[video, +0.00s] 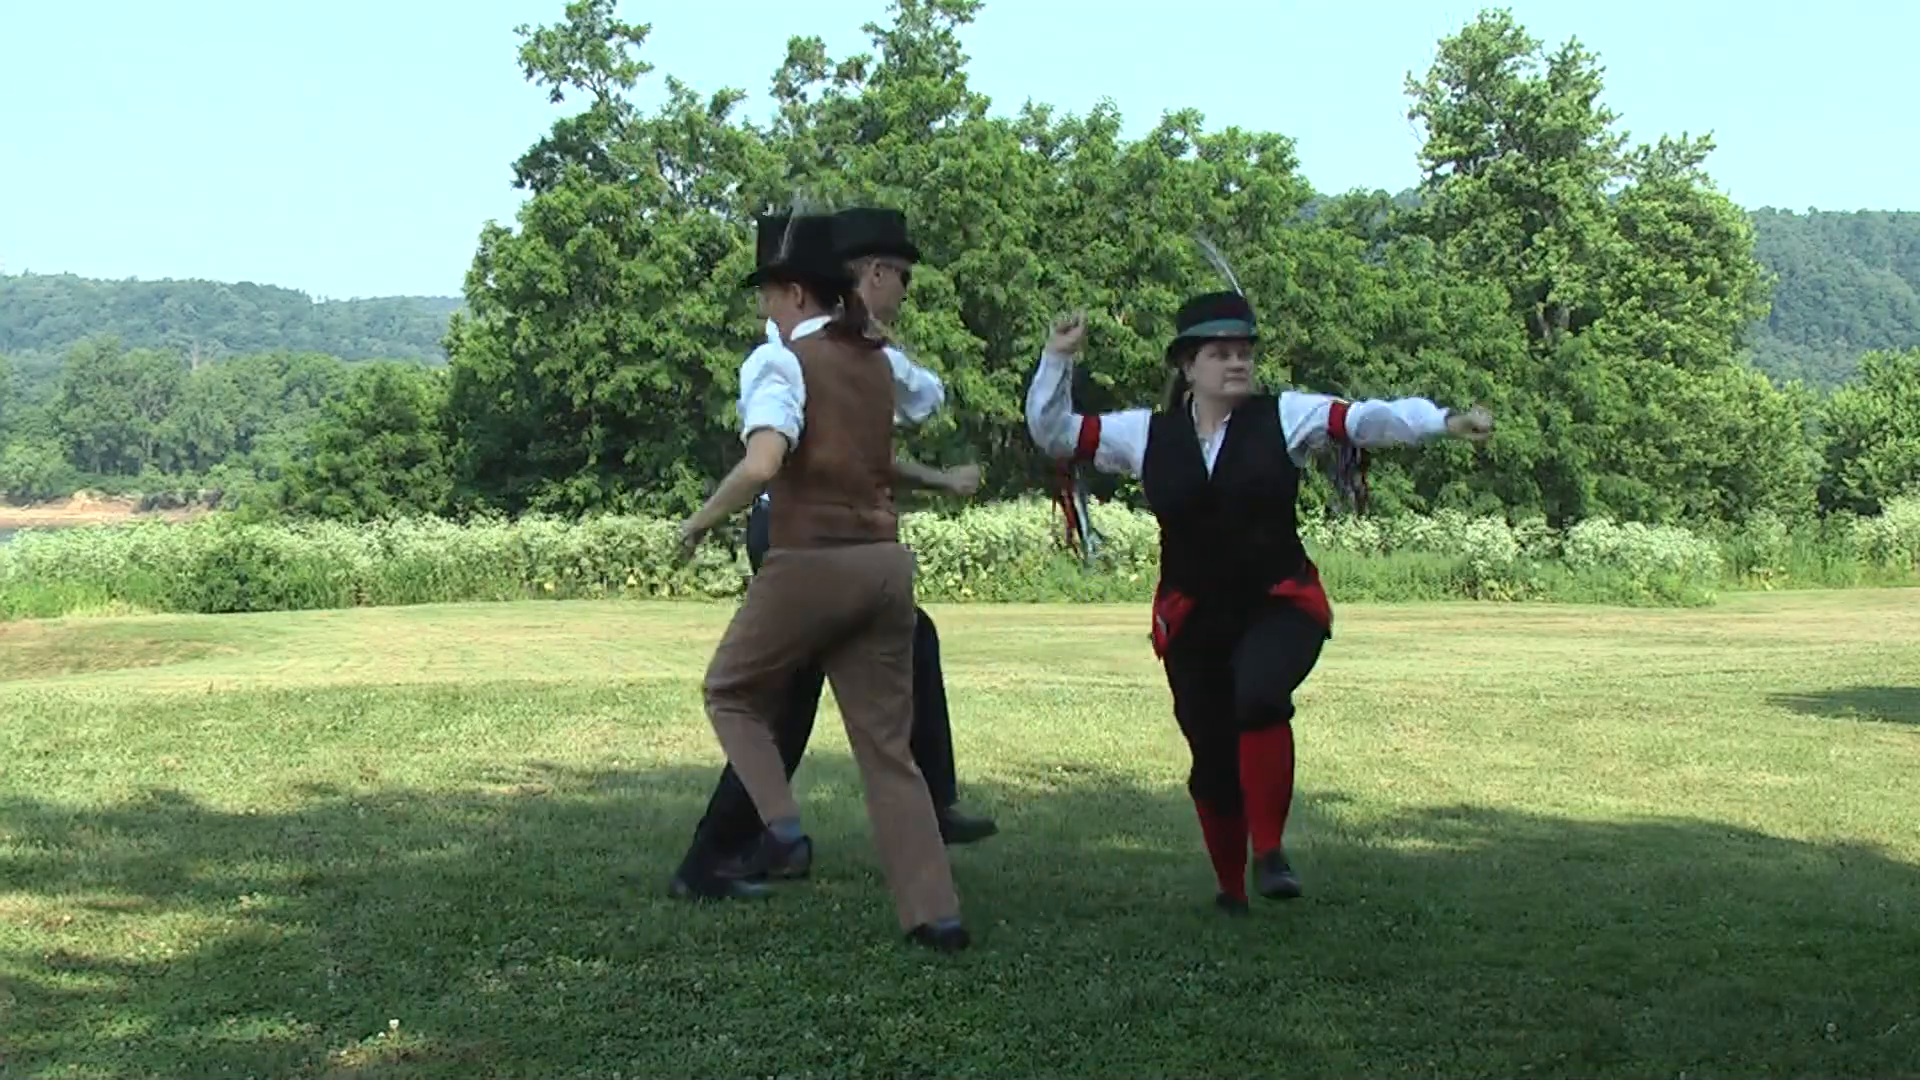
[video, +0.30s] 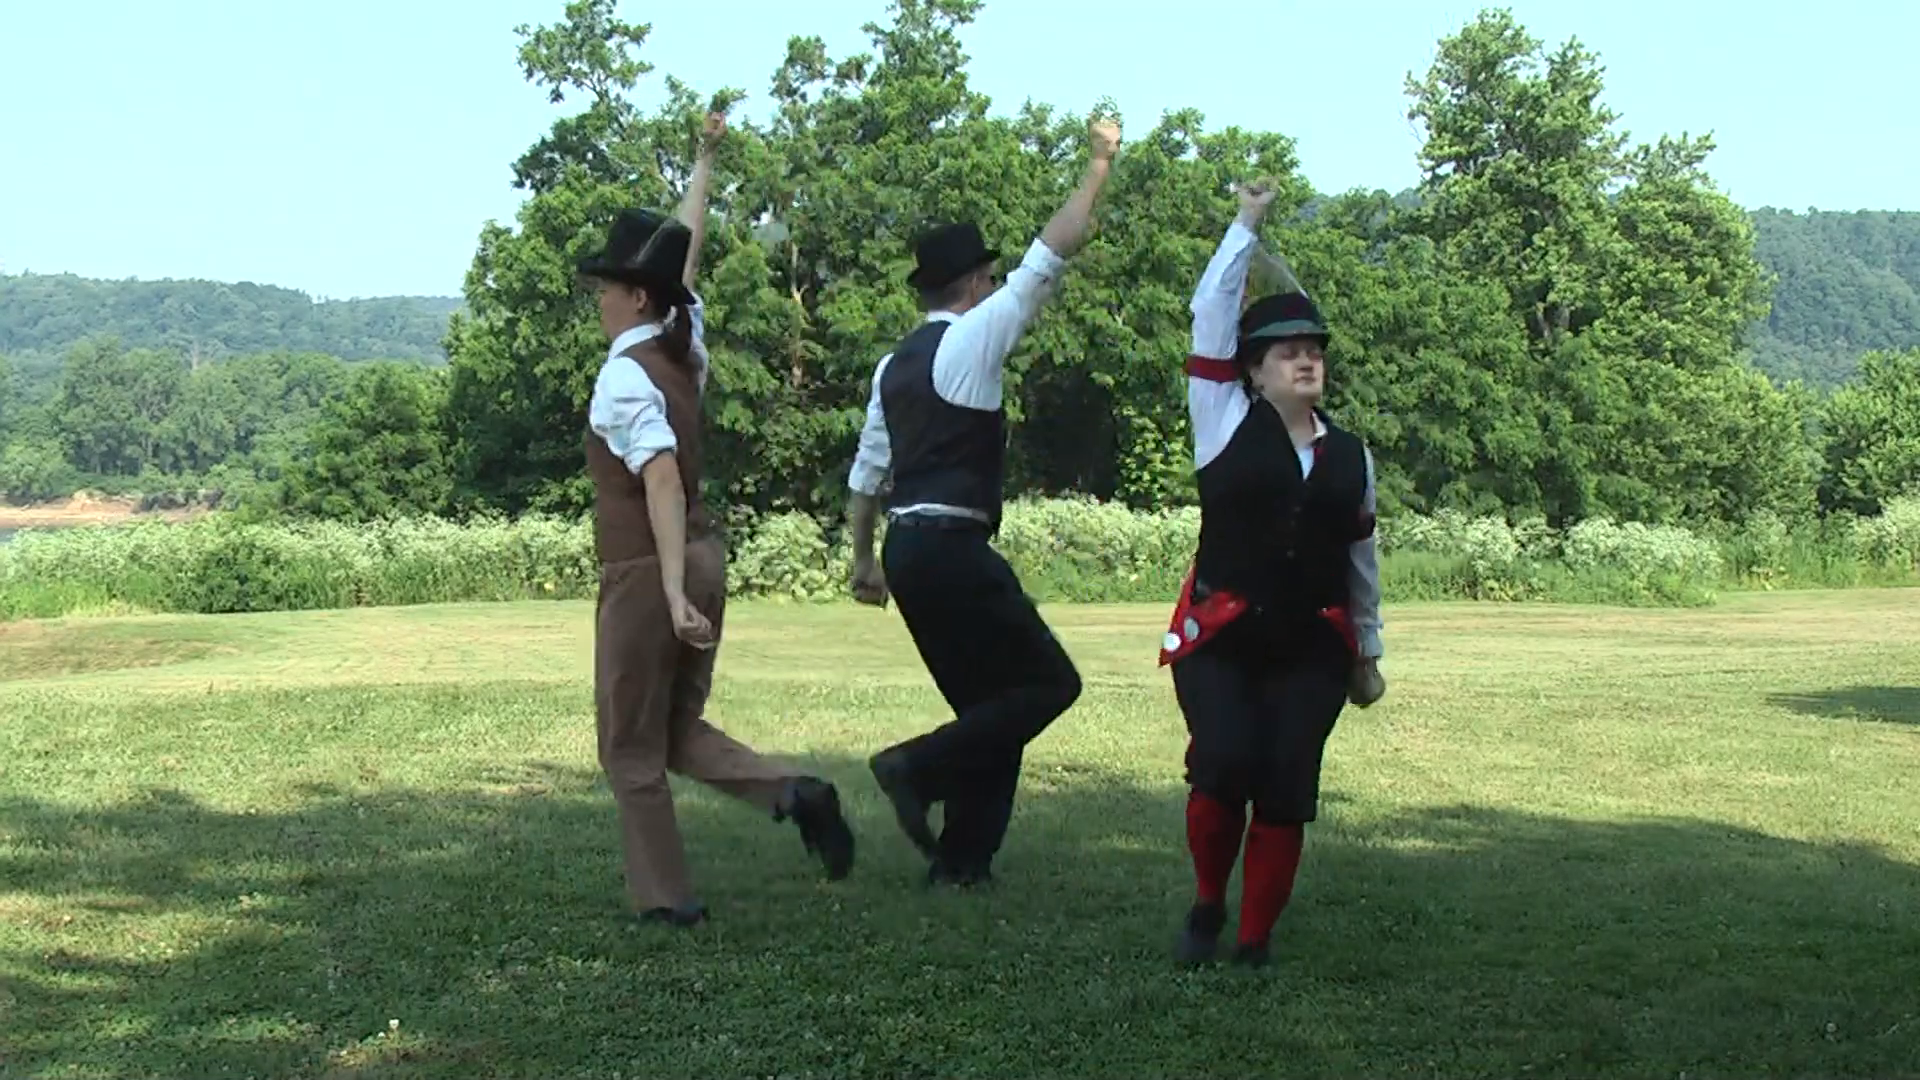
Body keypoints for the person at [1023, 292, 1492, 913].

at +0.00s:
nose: (1237, 362)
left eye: (1245, 350)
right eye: (1221, 352)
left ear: (1256, 359)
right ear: (1187, 366)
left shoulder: (1284, 415)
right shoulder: (1148, 432)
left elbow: (1366, 417)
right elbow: (1051, 430)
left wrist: (1445, 420)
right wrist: (1057, 360)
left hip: (1280, 606)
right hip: (1194, 617)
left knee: (1259, 694)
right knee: (1213, 760)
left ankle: (1268, 852)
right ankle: (1231, 890)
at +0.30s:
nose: (1307, 363)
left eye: (1314, 353)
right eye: (1291, 354)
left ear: (1326, 368)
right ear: (1254, 368)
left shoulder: (1349, 455)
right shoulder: (1224, 419)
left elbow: (1362, 562)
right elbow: (1211, 318)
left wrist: (1368, 650)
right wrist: (1244, 227)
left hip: (1310, 644)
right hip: (1217, 636)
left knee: (1287, 784)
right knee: (1224, 763)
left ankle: (1253, 944)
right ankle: (1207, 904)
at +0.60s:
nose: (1390, 315)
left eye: (1392, 304)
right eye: (1375, 304)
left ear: (1388, 319)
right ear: (1329, 311)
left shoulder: (1388, 385)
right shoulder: (1300, 361)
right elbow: (1298, 251)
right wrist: (1311, 152)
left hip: (1354, 585)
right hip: (1285, 572)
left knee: (1333, 777)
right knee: (1397, 650)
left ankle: (1305, 947)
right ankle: (1295, 781)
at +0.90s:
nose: (1485, 332)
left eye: (1483, 319)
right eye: (1473, 319)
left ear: (1461, 329)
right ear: (1437, 322)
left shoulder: (1441, 388)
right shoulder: (1414, 372)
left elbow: (1438, 267)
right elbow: (1438, 261)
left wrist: (1417, 200)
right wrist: (1456, 159)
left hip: (1399, 603)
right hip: (1398, 599)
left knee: (1398, 797)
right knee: (1541, 721)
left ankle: (1313, 952)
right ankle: (1548, 904)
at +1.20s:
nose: (1591, 370)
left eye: (1587, 358)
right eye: (1584, 356)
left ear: (1512, 364)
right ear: (1568, 362)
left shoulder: (1467, 447)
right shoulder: (1572, 417)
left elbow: (1430, 549)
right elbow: (1616, 303)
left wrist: (1410, 643)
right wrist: (1581, 208)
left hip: (1469, 646)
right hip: (1545, 642)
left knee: (1644, 748)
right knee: (1608, 807)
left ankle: (1693, 915)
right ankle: (1543, 990)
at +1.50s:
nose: (1649, 319)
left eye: (1627, 310)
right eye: (1643, 307)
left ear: (1576, 321)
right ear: (1639, 318)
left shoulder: (1528, 404)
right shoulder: (1665, 358)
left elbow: (1501, 507)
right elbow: (1695, 266)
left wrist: (1485, 608)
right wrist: (1666, 166)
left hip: (1553, 597)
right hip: (1645, 591)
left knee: (1694, 665)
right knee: (1675, 787)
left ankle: (1697, 815)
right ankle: (1682, 969)